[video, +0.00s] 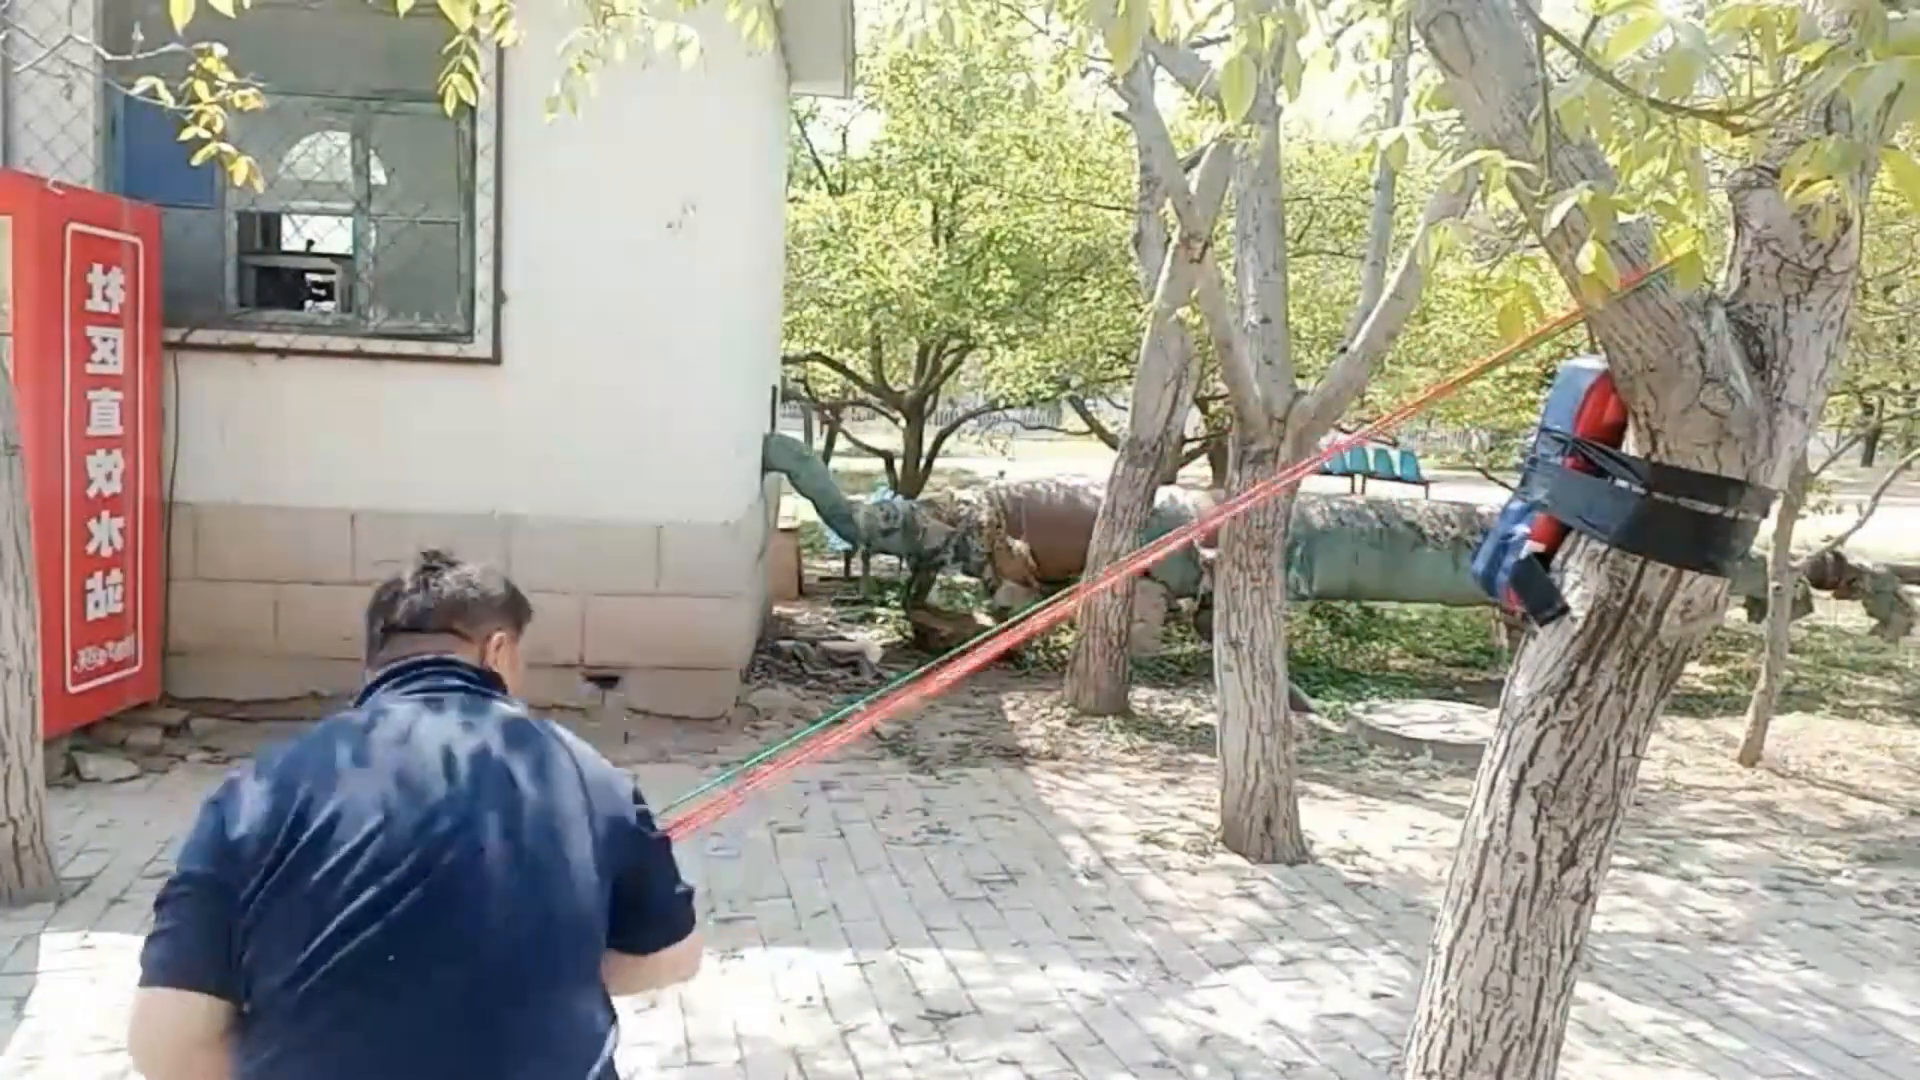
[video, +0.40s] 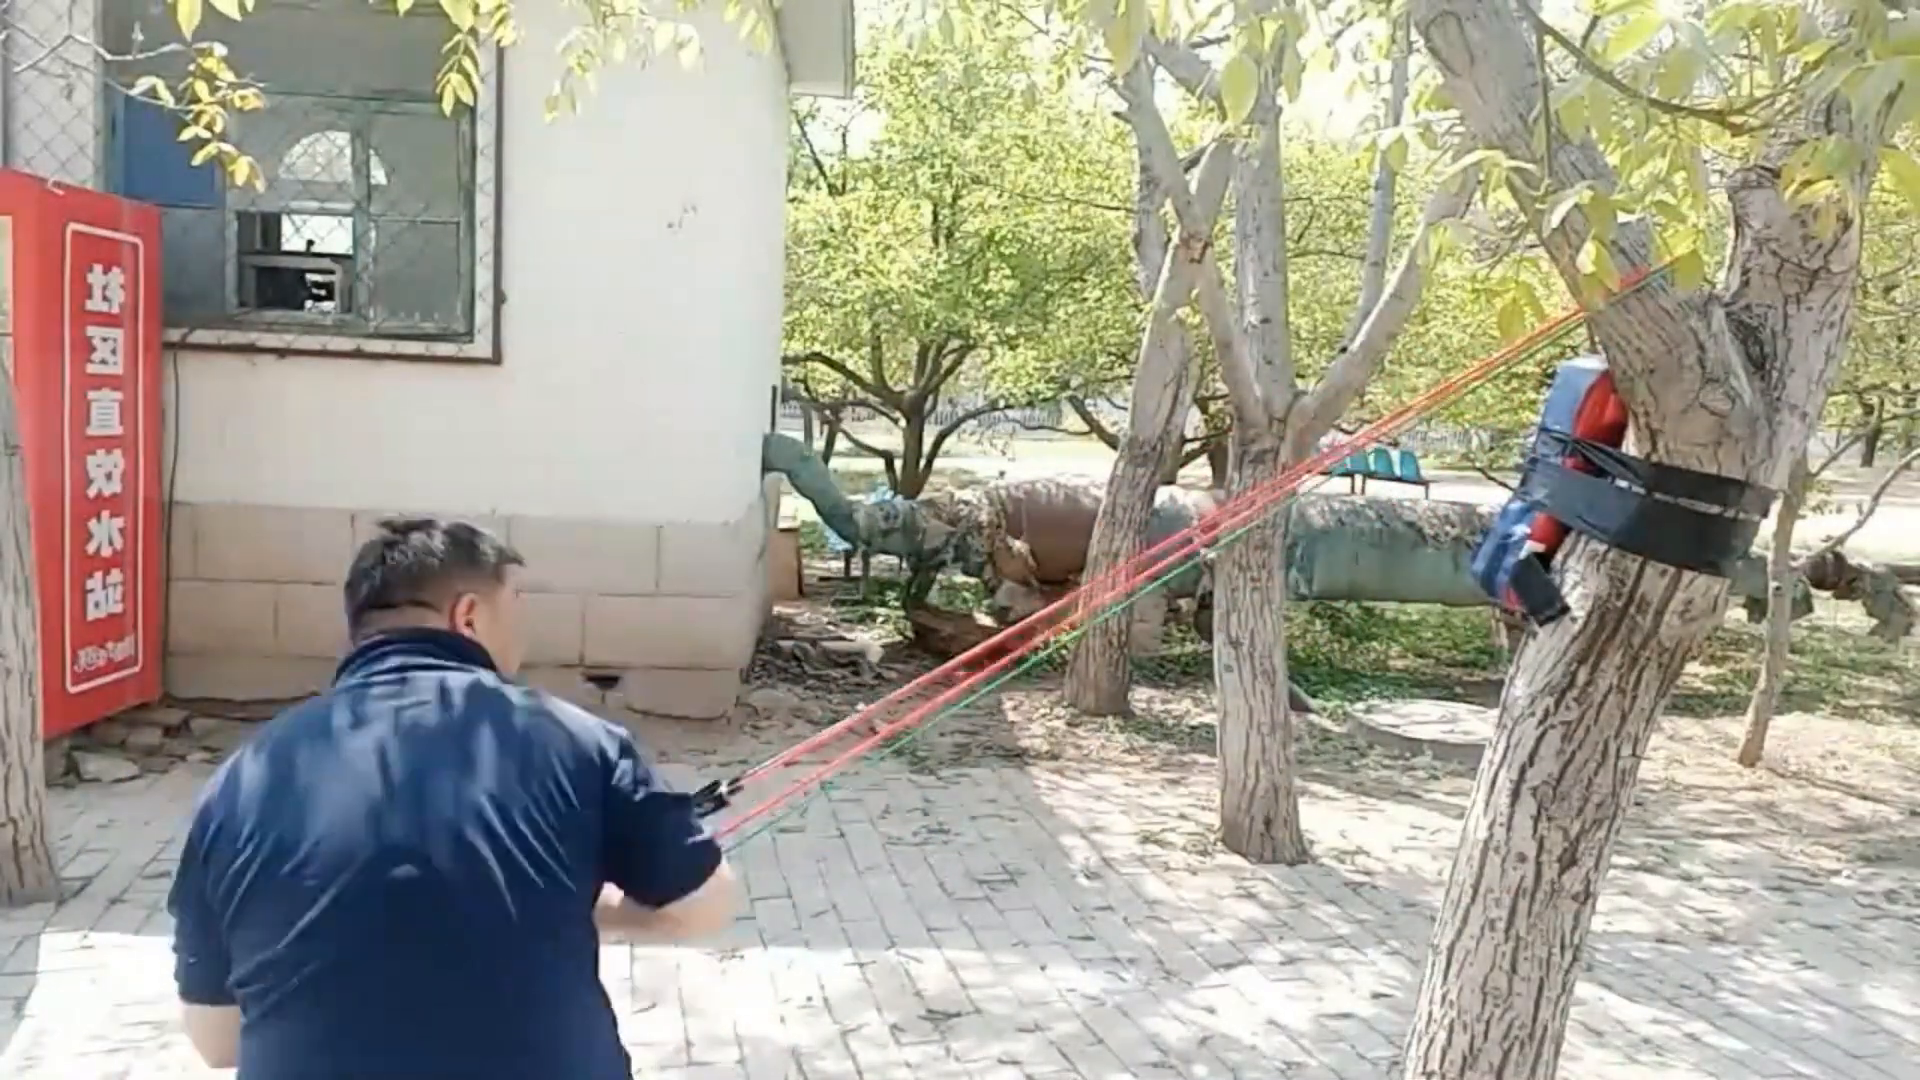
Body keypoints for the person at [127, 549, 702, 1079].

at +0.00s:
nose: (523, 677)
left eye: (523, 657)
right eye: (522, 656)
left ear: (375, 658)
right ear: (496, 651)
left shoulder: (259, 787)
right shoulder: (588, 778)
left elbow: (165, 1038)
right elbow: (669, 956)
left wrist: (289, 1019)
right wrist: (536, 955)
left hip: (321, 1064)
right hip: (543, 1067)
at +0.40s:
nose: (520, 640)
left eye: (521, 612)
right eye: (515, 612)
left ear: (359, 628)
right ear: (468, 616)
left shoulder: (240, 780)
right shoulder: (577, 743)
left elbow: (216, 1039)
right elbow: (708, 905)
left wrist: (333, 966)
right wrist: (584, 906)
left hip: (316, 1063)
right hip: (542, 1061)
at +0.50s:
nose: (507, 547)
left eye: (500, 522)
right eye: (493, 521)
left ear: (341, 545)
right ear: (424, 535)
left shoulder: (229, 693)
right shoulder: (535, 656)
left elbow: (289, 893)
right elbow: (694, 815)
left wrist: (523, 887)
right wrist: (700, 761)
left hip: (271, 1065)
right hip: (511, 1065)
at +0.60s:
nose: (499, 482)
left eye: (488, 456)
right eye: (479, 456)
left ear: (386, 482)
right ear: (401, 482)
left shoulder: (237, 632)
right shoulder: (496, 597)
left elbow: (339, 830)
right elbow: (663, 741)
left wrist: (551, 834)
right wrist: (768, 703)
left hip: (255, 1052)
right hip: (478, 1051)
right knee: (626, 1062)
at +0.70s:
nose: (506, 397)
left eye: (494, 372)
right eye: (481, 371)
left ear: (382, 404)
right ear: (391, 401)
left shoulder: (279, 549)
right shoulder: (480, 537)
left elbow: (406, 753)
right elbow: (663, 671)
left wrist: (620, 732)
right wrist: (799, 598)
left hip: (265, 1027)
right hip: (451, 1031)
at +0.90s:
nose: (541, 342)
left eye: (526, 312)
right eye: (509, 315)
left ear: (410, 357)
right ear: (410, 353)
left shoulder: (396, 482)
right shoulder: (428, 516)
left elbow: (657, 530)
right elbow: (697, 582)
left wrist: (859, 508)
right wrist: (922, 576)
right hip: (422, 1022)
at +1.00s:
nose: (573, 350)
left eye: (563, 319)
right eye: (544, 319)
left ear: (443, 360)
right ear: (434, 356)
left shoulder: (498, 495)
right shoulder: (400, 521)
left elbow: (701, 541)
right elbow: (694, 590)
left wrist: (903, 525)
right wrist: (919, 577)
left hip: (549, 1001)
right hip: (428, 1037)